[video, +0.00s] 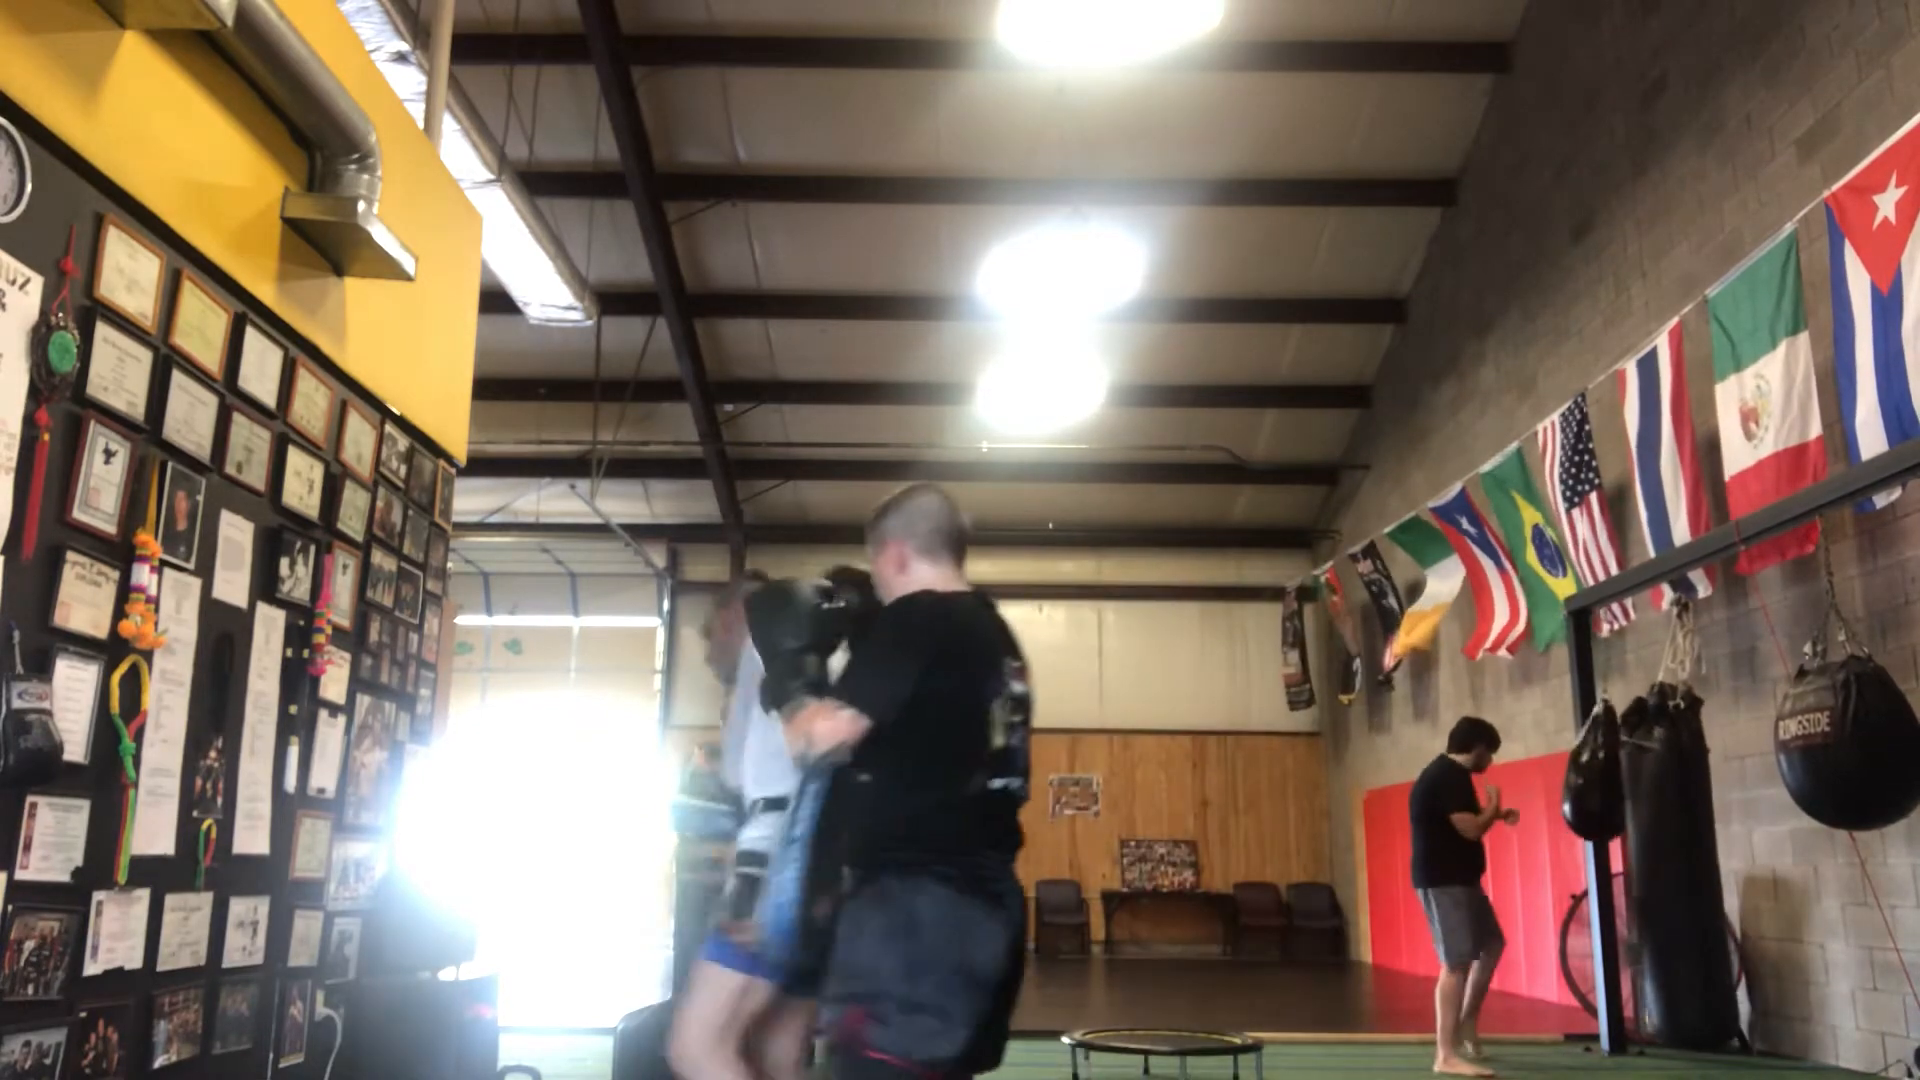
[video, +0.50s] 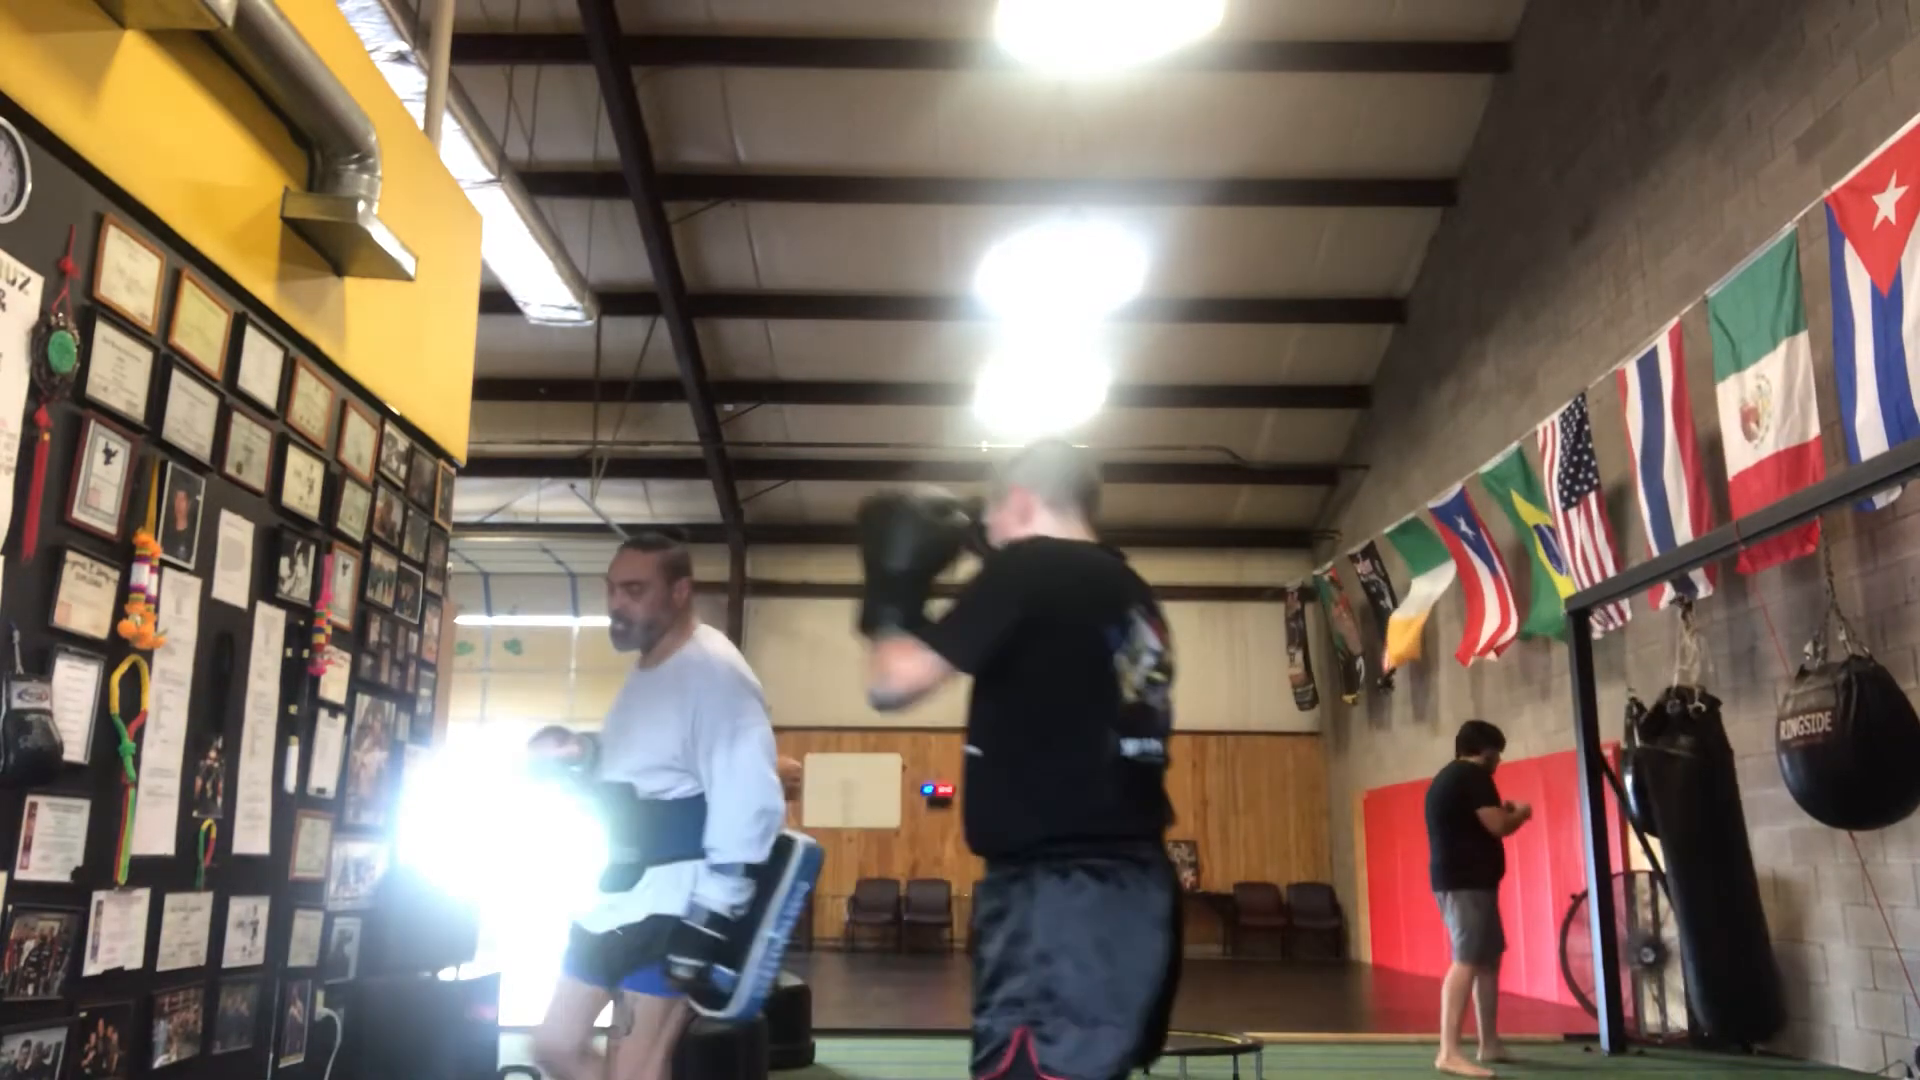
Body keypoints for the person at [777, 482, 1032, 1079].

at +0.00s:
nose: (876, 572)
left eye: (877, 556)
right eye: (875, 558)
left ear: (897, 553)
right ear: (954, 548)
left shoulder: (915, 621)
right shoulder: (991, 629)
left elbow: (819, 735)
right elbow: (932, 732)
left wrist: (785, 658)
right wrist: (868, 632)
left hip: (909, 901)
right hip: (980, 897)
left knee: (874, 1060)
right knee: (939, 1063)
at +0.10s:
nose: (895, 572)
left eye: (895, 556)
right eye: (892, 558)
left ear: (919, 546)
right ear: (968, 542)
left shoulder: (942, 615)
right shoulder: (1012, 623)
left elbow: (849, 745)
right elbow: (960, 721)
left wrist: (812, 698)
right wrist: (906, 632)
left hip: (945, 910)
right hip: (1002, 905)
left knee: (925, 1065)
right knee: (970, 1066)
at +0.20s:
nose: (913, 575)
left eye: (914, 557)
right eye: (911, 560)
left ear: (941, 541)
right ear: (993, 540)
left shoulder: (960, 599)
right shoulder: (1033, 611)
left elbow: (861, 715)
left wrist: (821, 695)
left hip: (974, 914)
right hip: (1032, 910)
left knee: (963, 1065)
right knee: (1006, 1067)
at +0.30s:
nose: (932, 553)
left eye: (933, 535)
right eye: (929, 539)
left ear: (962, 520)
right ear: (1020, 519)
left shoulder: (976, 579)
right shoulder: (1058, 594)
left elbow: (838, 685)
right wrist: (931, 572)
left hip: (1004, 909)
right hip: (1065, 902)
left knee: (974, 1066)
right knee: (1037, 1068)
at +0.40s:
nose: (955, 536)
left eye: (958, 517)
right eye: (955, 521)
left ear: (986, 504)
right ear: (1047, 505)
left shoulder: (991, 564)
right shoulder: (1093, 583)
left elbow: (850, 665)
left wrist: (857, 563)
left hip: (1031, 895)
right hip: (1104, 887)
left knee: (1001, 1066)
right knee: (1055, 1067)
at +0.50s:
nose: (986, 525)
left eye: (992, 505)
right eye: (988, 509)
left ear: (1023, 502)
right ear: (1081, 504)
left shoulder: (1029, 572)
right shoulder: (1127, 589)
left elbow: (893, 679)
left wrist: (892, 576)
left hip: (1055, 905)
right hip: (1130, 897)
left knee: (1027, 1067)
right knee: (1091, 1066)